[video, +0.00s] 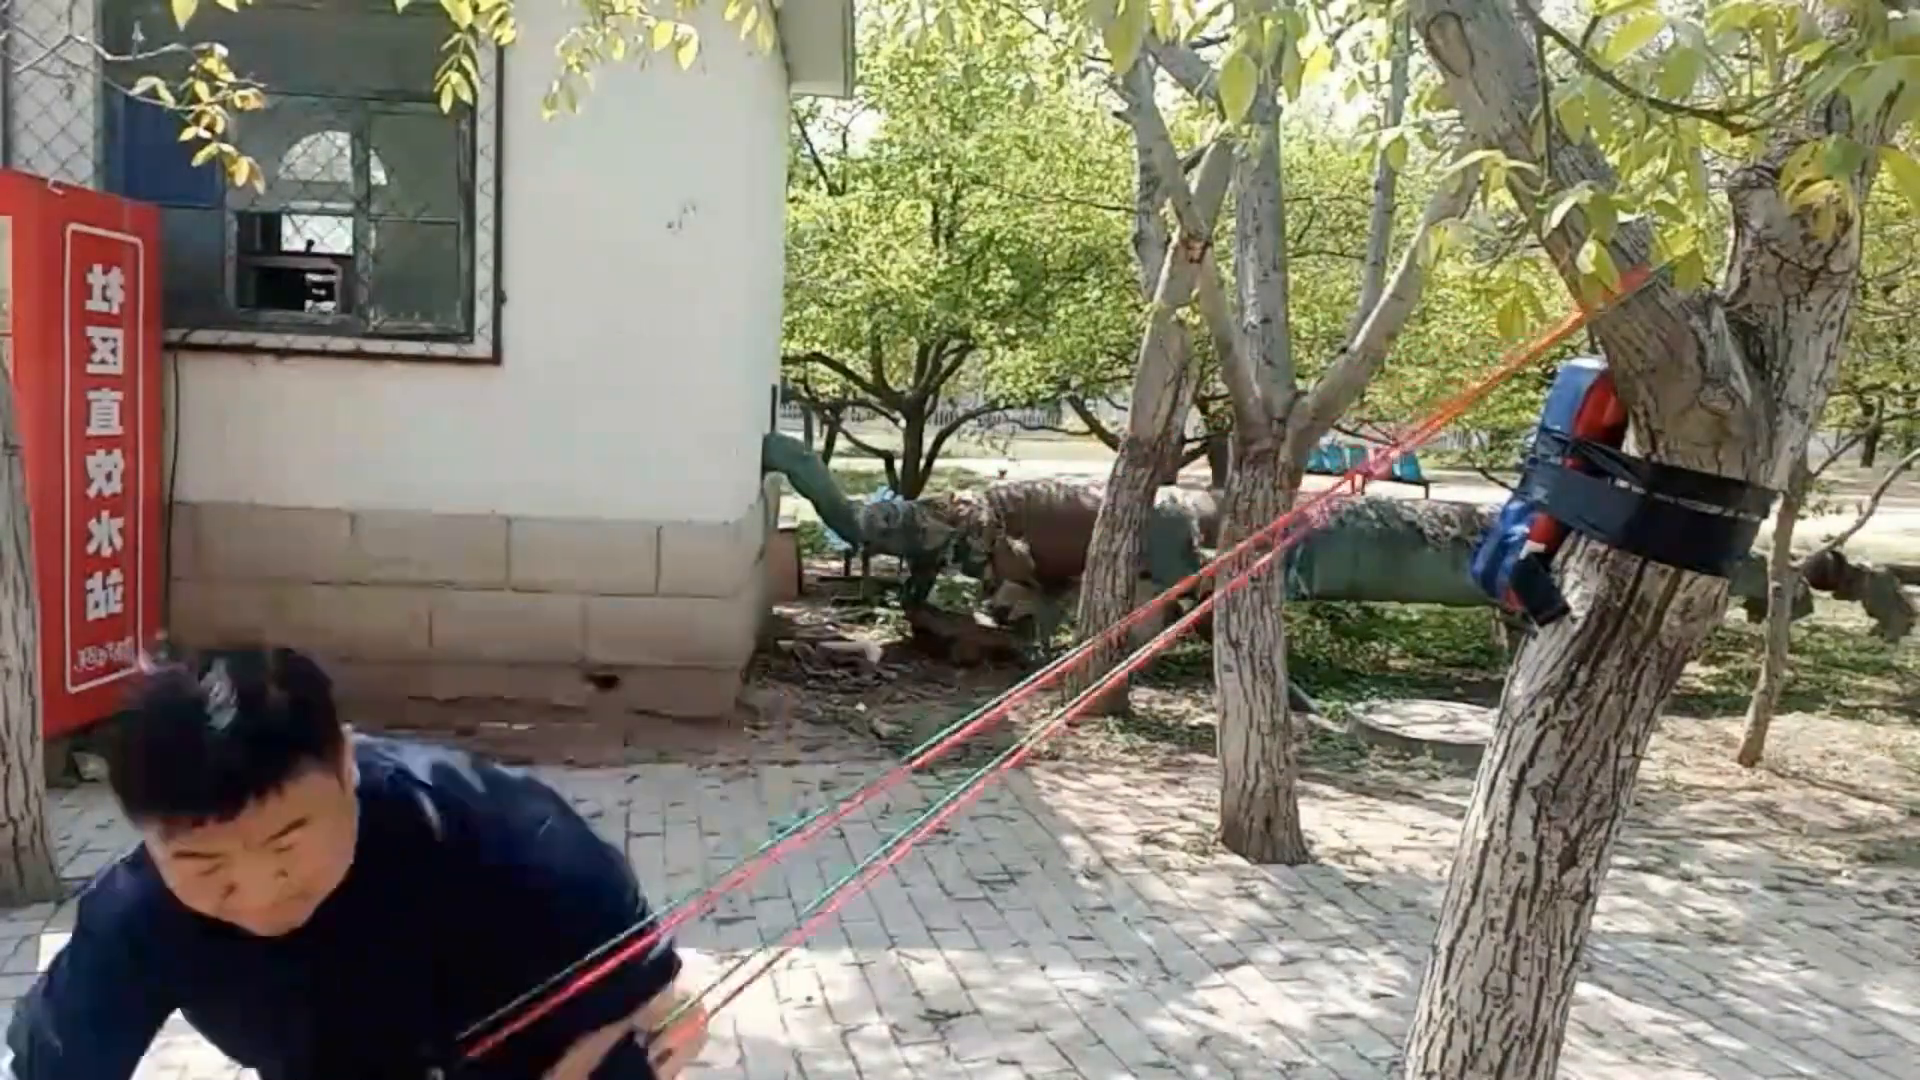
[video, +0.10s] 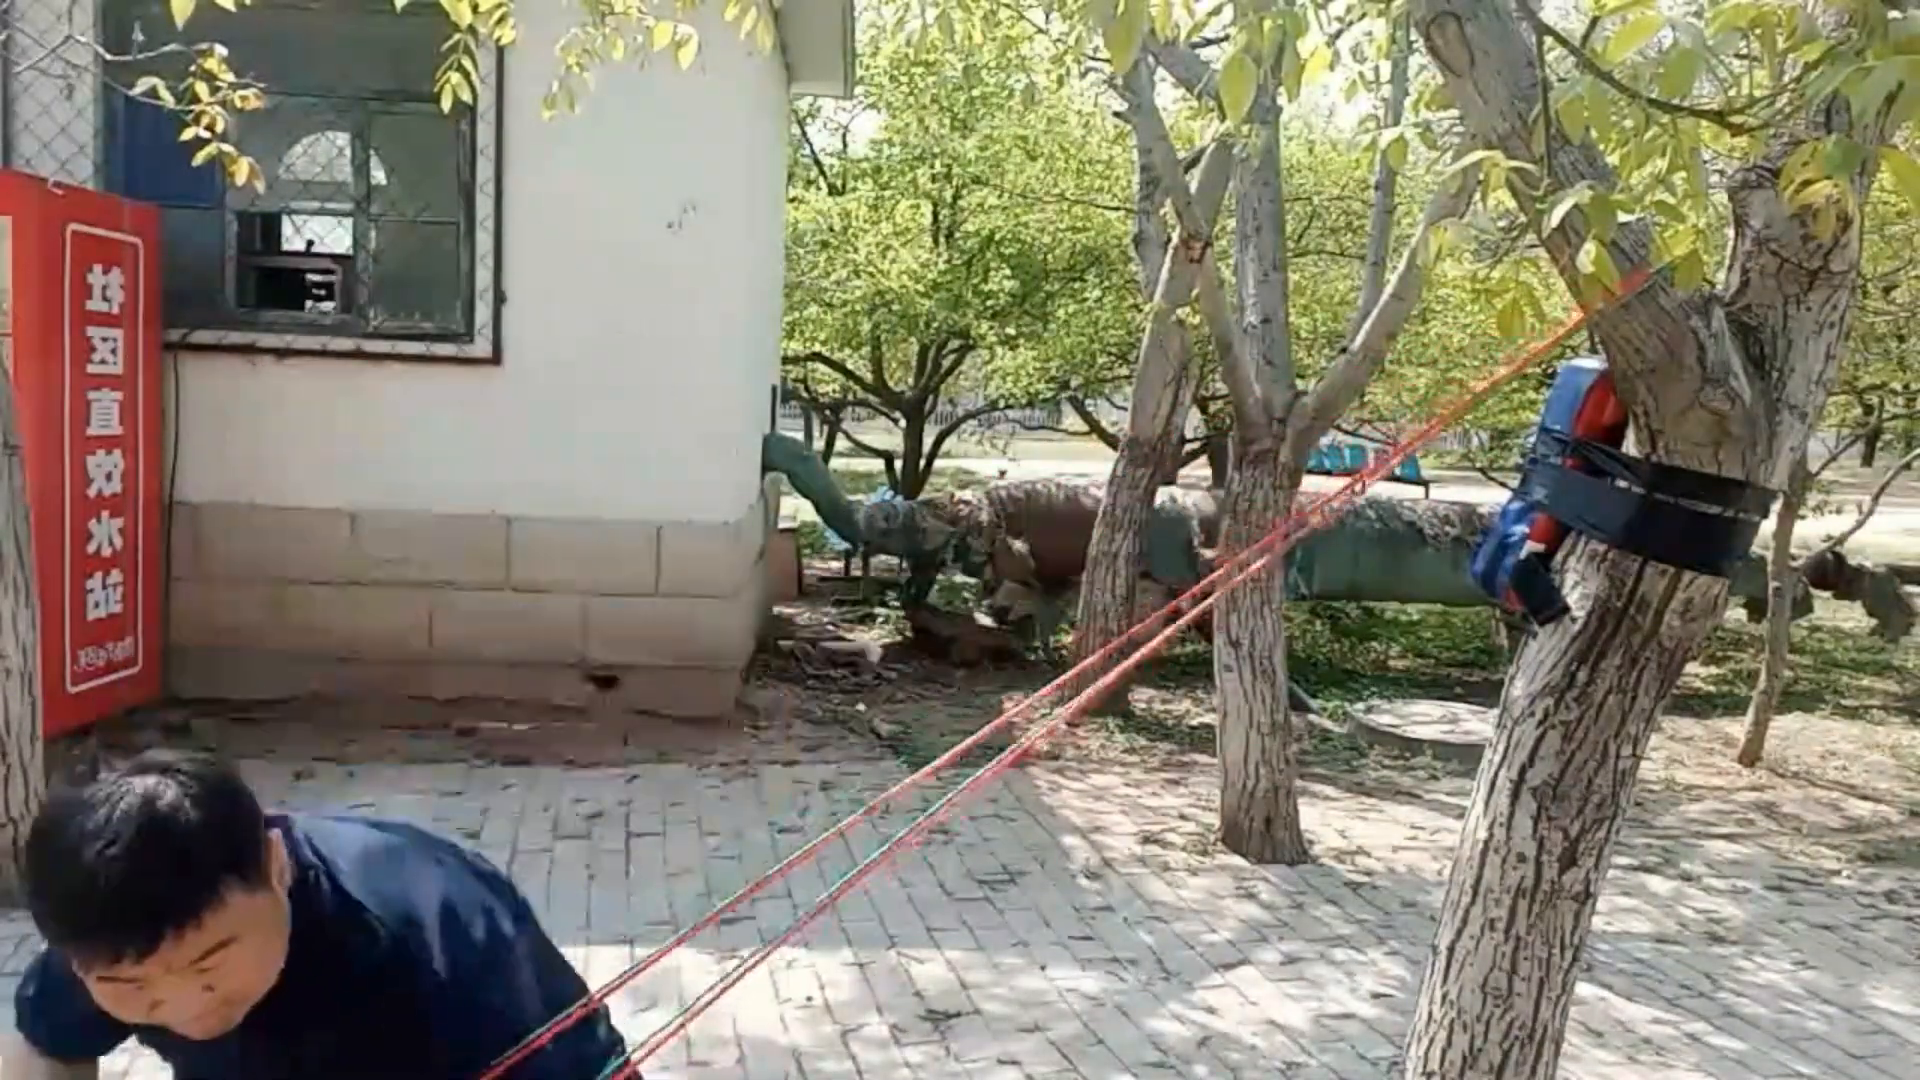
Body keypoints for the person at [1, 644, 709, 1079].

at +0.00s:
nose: (260, 893)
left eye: (289, 840)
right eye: (207, 871)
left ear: (346, 764)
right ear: (148, 838)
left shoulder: (504, 836)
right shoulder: (134, 922)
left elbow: (643, 1007)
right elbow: (46, 1060)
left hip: (540, 1037)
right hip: (339, 1052)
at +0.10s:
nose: (190, 1010)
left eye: (215, 957)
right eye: (134, 988)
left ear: (275, 860)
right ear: (78, 966)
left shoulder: (433, 938)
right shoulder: (92, 960)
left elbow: (569, 1067)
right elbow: (40, 1044)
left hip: (493, 1053)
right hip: (260, 1055)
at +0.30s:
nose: (245, 950)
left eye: (269, 895)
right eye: (187, 931)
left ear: (307, 825)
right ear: (116, 907)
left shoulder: (453, 890)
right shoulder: (97, 967)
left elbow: (597, 1058)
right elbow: (26, 1065)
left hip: (467, 1043)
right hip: (263, 1052)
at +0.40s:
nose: (283, 863)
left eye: (307, 811)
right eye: (226, 844)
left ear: (332, 761)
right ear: (140, 831)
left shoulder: (461, 833)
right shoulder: (107, 916)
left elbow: (616, 1012)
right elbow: (20, 1049)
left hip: (485, 1039)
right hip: (286, 1052)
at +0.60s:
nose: (351, 533)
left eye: (359, 492)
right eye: (302, 509)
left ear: (373, 483)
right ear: (186, 543)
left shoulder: (450, 622)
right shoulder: (91, 737)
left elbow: (635, 738)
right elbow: (8, 956)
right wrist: (102, 963)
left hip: (515, 1029)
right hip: (271, 1060)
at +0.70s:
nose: (415, 393)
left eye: (412, 362)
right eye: (377, 368)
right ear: (259, 409)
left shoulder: (479, 534)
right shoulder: (162, 604)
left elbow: (630, 632)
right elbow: (77, 845)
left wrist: (674, 686)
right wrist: (301, 755)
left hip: (524, 1006)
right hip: (295, 1051)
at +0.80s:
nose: (462, 363)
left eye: (452, 334)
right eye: (427, 336)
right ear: (309, 375)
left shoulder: (500, 508)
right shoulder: (215, 566)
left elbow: (634, 616)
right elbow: (228, 787)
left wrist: (723, 619)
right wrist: (474, 670)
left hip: (527, 1005)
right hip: (312, 1043)